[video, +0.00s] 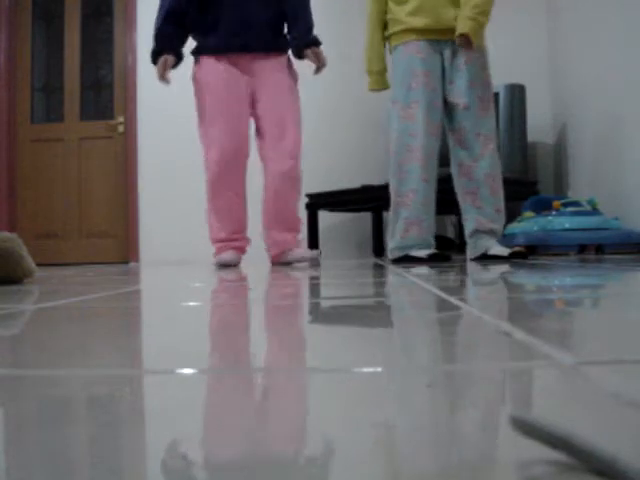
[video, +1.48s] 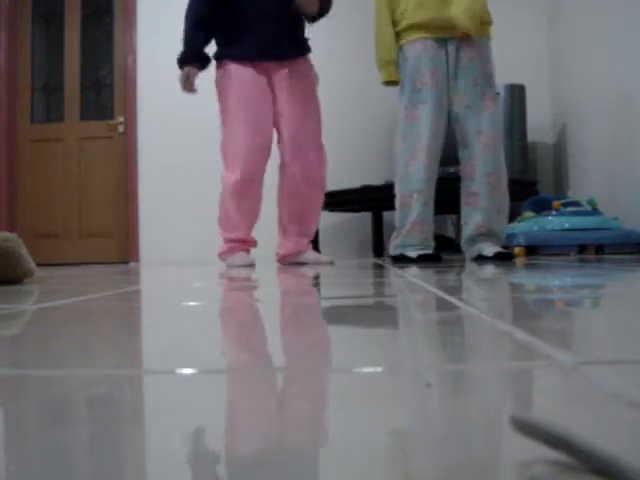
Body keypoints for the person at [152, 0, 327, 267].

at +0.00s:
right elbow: (176, 3)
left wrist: (304, 38)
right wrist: (168, 46)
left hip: (271, 56)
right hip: (216, 58)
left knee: (285, 157)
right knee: (224, 156)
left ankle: (284, 246)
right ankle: (228, 246)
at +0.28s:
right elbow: (171, 6)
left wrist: (298, 23)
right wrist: (153, 58)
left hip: (272, 60)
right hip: (220, 60)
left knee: (297, 150)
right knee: (237, 156)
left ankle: (290, 246)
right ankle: (234, 248)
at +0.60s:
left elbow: (301, 5)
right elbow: (163, 15)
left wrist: (305, 49)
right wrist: (170, 14)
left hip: (262, 55)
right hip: (209, 57)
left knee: (256, 151)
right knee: (208, 156)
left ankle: (272, 247)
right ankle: (221, 249)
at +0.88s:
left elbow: (293, 7)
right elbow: (187, 8)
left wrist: (291, 54)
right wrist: (205, 42)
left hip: (263, 54)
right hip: (214, 61)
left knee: (248, 154)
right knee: (204, 159)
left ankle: (270, 247)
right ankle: (220, 249)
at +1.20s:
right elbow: (203, 2)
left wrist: (321, 28)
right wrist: (211, 28)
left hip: (277, 52)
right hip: (224, 55)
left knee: (270, 149)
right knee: (218, 150)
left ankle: (274, 243)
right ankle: (224, 244)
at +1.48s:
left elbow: (318, 9)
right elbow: (201, 5)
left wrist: (314, 8)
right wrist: (192, 54)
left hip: (293, 59)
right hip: (240, 61)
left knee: (305, 158)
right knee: (245, 158)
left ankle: (295, 247)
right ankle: (237, 247)